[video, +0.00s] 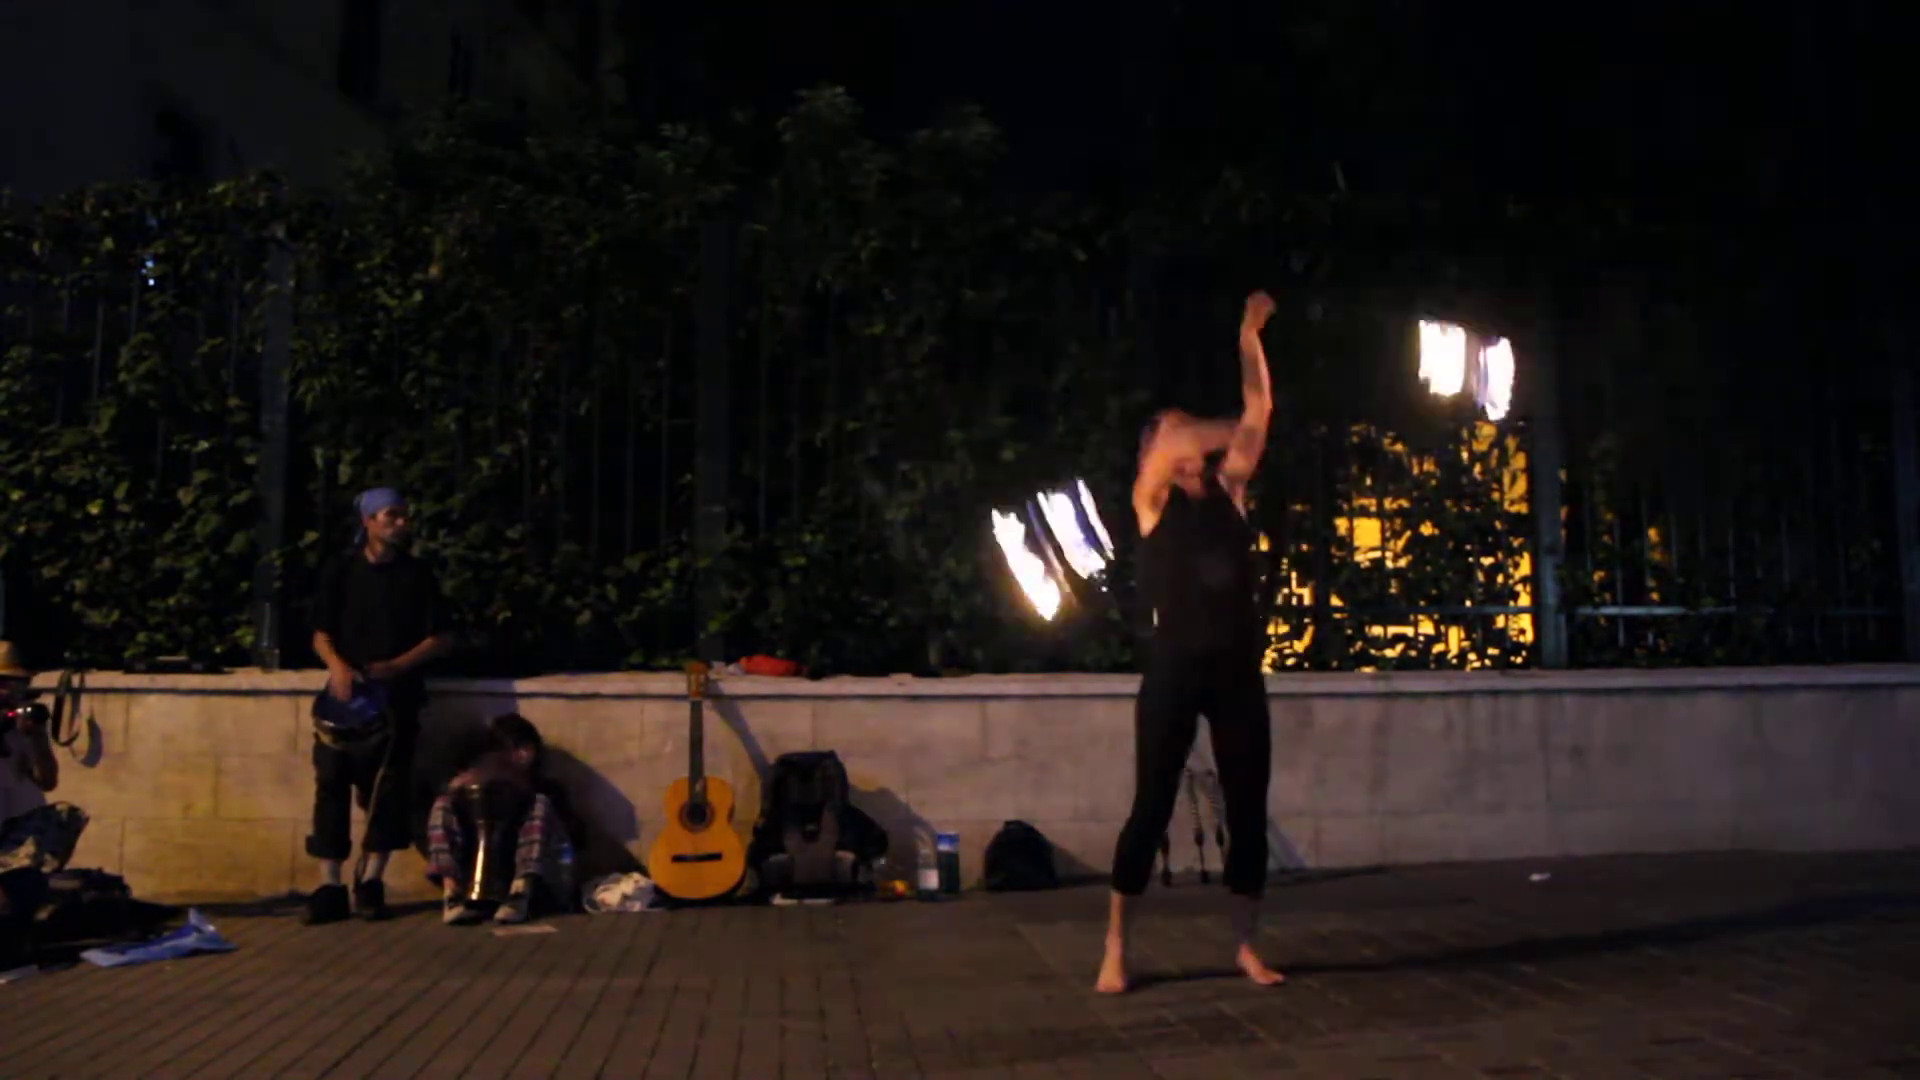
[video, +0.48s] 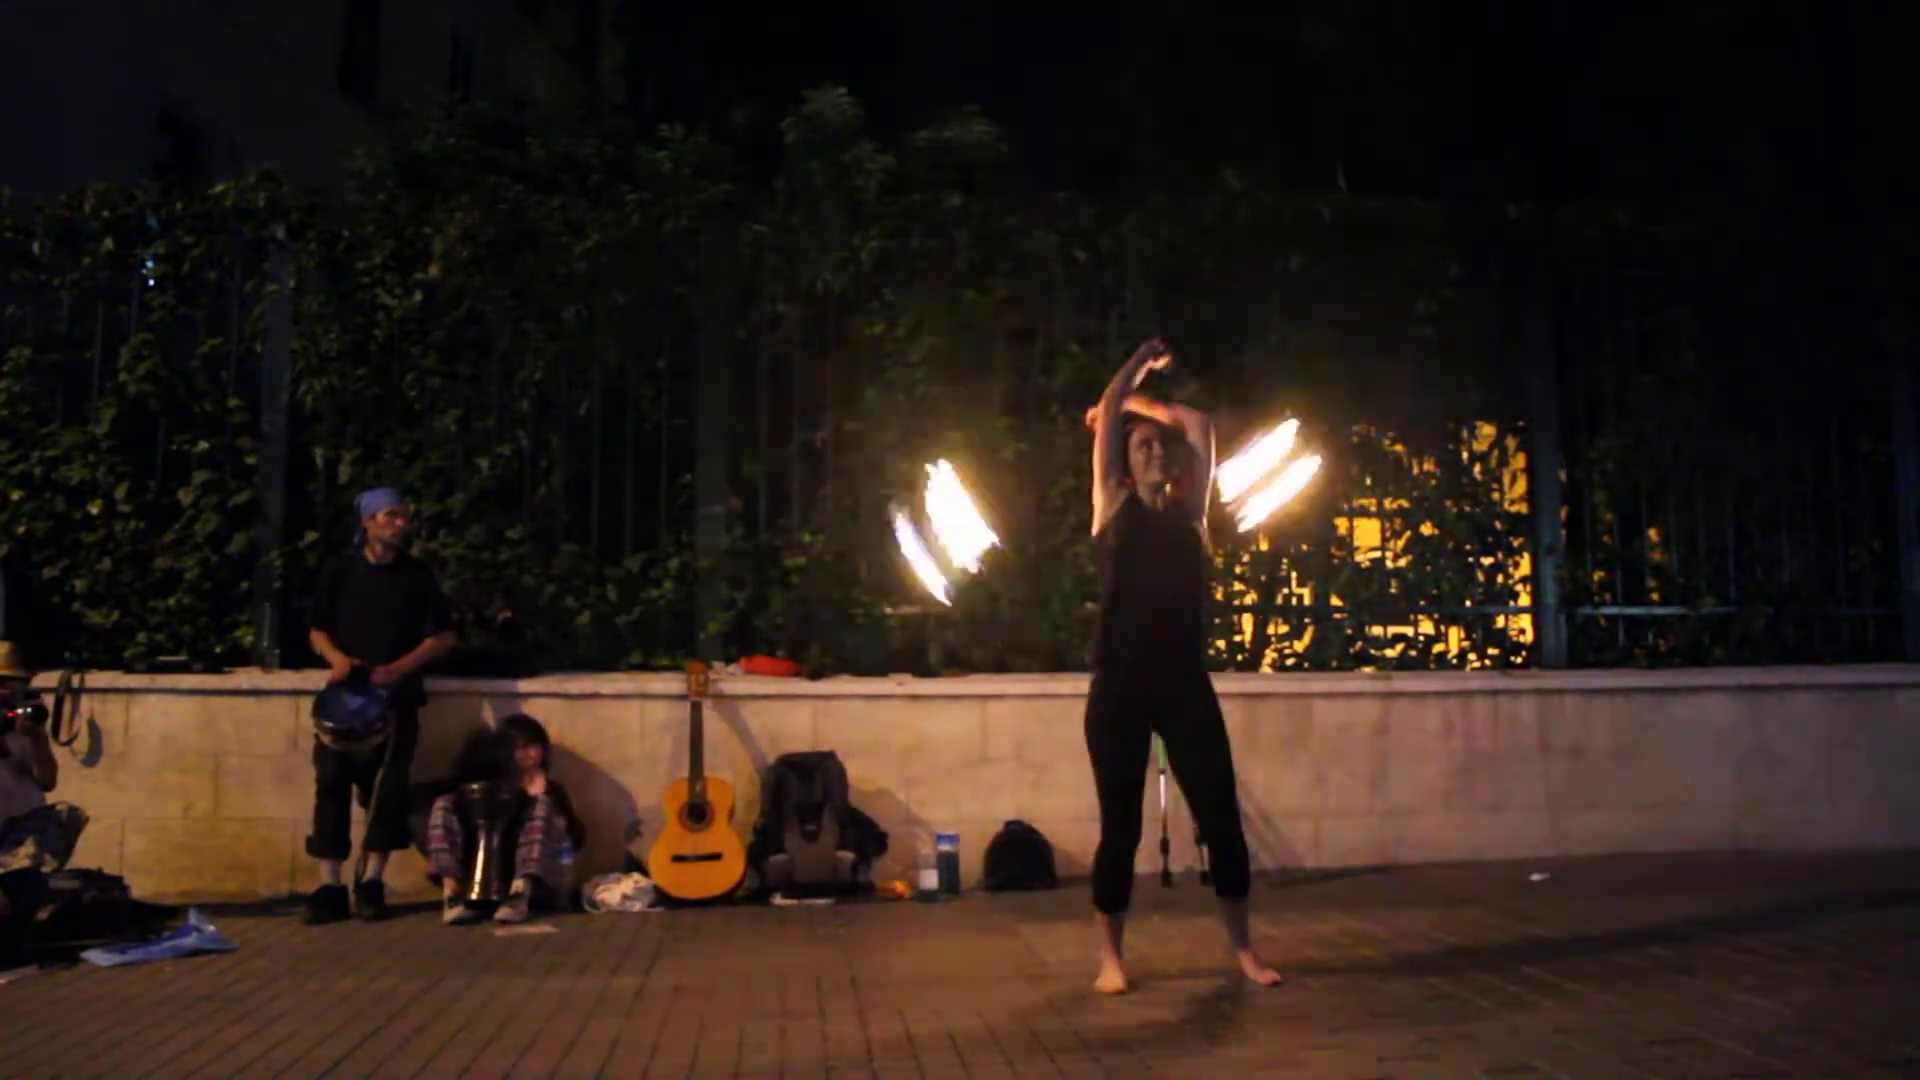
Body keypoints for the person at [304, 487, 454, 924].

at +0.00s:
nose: (401, 523)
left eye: (403, 516)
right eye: (392, 517)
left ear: (404, 522)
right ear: (368, 521)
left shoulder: (417, 573)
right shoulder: (341, 571)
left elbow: (440, 638)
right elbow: (319, 633)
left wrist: (394, 666)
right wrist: (337, 668)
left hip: (396, 695)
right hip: (345, 691)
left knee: (390, 785)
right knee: (331, 783)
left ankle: (370, 881)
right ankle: (330, 882)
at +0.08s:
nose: (401, 523)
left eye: (404, 516)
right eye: (392, 516)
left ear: (405, 523)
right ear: (368, 521)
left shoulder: (418, 574)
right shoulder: (340, 572)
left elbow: (440, 638)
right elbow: (319, 631)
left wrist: (395, 668)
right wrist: (334, 652)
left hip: (396, 694)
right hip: (345, 691)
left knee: (389, 784)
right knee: (331, 783)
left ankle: (370, 881)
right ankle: (330, 883)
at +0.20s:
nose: (402, 524)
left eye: (404, 517)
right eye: (393, 518)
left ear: (406, 523)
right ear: (368, 522)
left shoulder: (418, 574)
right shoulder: (341, 572)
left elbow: (442, 637)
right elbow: (317, 631)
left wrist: (398, 666)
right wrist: (333, 649)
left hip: (396, 695)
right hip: (346, 692)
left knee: (388, 785)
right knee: (331, 783)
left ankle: (370, 881)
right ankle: (330, 882)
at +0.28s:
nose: (403, 525)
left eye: (405, 518)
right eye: (394, 518)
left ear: (406, 524)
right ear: (369, 523)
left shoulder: (418, 574)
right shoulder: (341, 571)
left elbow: (441, 637)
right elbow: (316, 631)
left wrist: (397, 665)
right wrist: (334, 664)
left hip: (396, 695)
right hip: (344, 692)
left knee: (389, 785)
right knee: (331, 783)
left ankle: (371, 881)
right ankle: (330, 883)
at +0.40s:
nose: (403, 524)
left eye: (405, 517)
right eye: (394, 517)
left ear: (406, 524)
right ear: (369, 522)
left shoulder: (418, 574)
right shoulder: (340, 571)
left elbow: (443, 637)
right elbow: (316, 629)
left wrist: (397, 667)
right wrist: (336, 658)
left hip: (396, 696)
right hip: (344, 692)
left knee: (388, 785)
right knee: (330, 784)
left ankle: (371, 880)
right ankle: (330, 883)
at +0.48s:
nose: (401, 524)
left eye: (404, 517)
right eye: (392, 517)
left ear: (406, 524)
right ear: (368, 522)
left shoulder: (417, 574)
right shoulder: (340, 571)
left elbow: (443, 637)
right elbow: (316, 628)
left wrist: (396, 669)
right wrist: (337, 659)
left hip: (396, 697)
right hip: (344, 693)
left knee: (388, 787)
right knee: (331, 785)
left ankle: (371, 880)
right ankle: (330, 883)